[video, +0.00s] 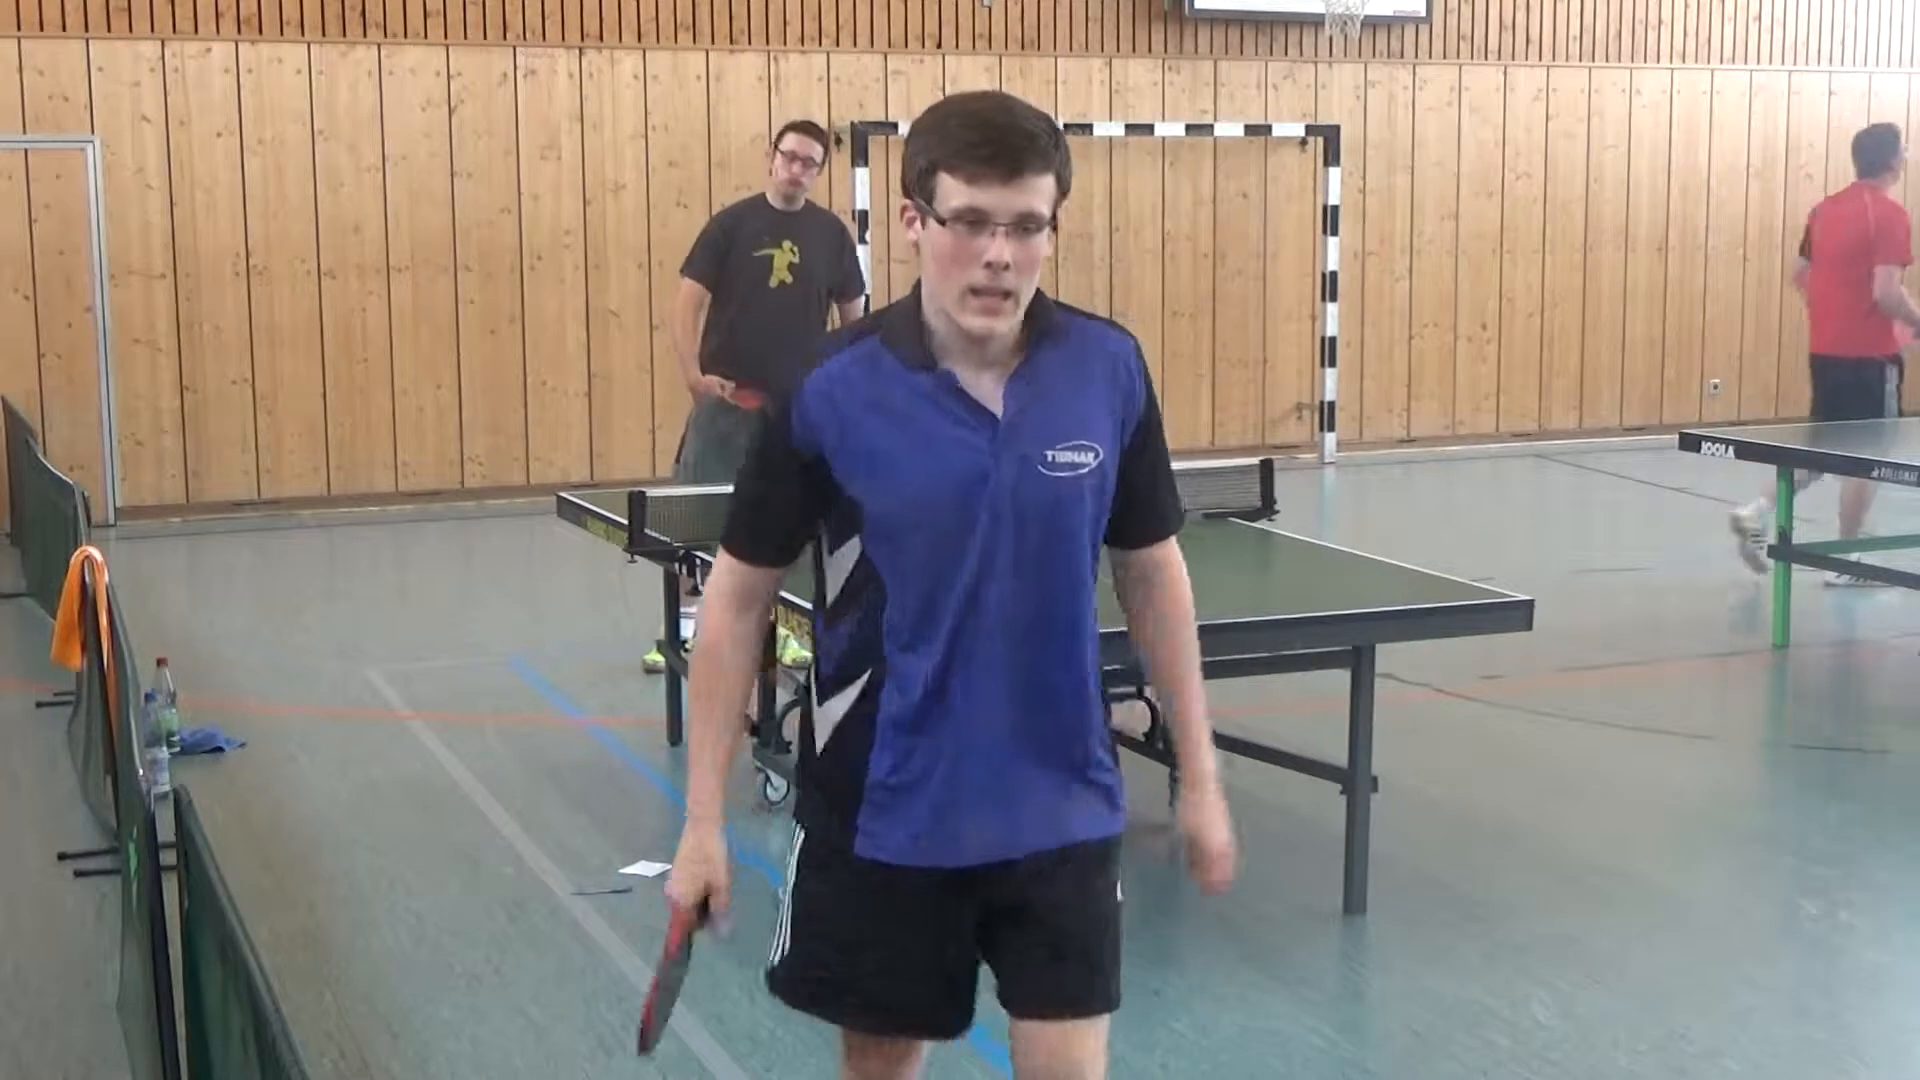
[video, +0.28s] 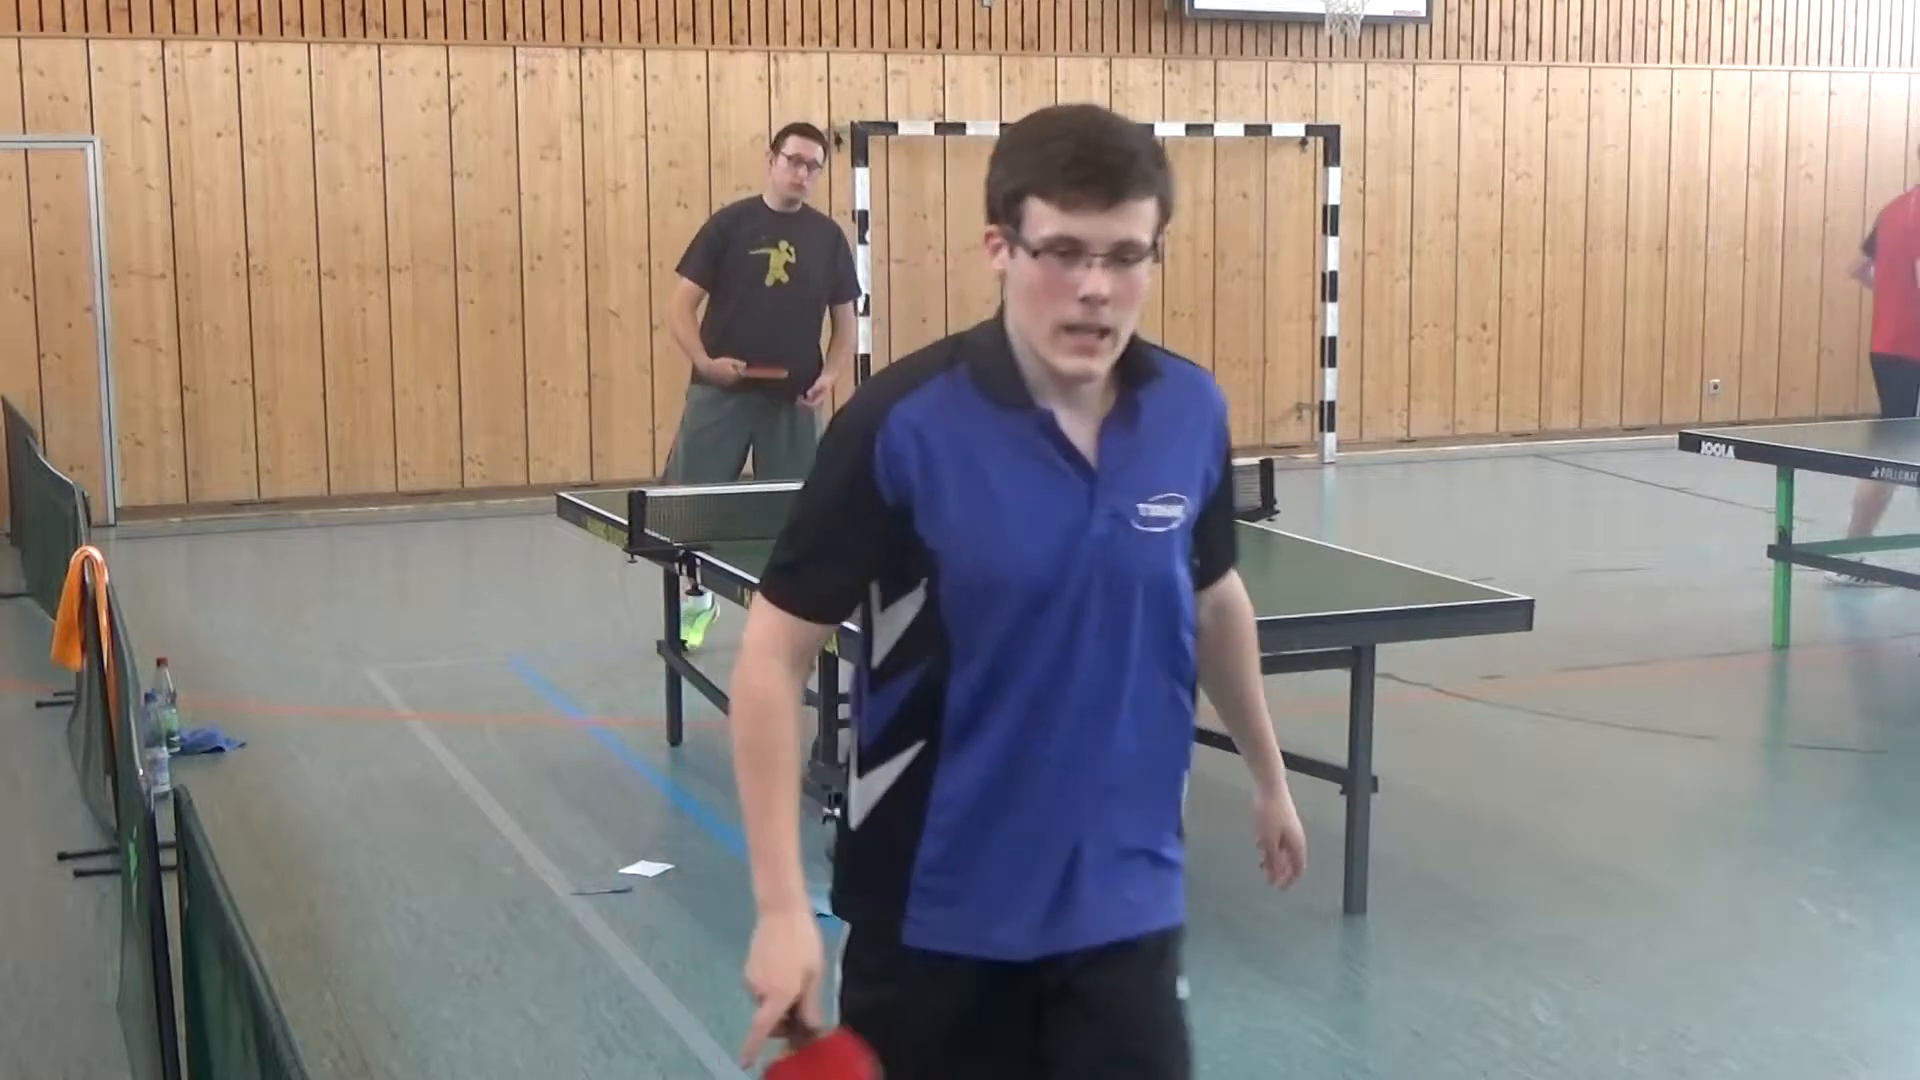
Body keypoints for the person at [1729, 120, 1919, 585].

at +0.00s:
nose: (1906, 161)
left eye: (1904, 154)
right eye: (1904, 155)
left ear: (1857, 162)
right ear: (1895, 162)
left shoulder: (1826, 207)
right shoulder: (1890, 213)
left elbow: (1800, 274)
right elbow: (1886, 291)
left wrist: (1835, 309)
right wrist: (1915, 319)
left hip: (1825, 350)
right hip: (1867, 355)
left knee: (1821, 449)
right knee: (1862, 462)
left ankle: (1758, 513)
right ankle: (1848, 561)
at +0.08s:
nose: (1919, 165)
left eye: (1918, 156)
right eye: (1918, 157)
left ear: (1875, 160)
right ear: (1909, 161)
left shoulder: (1842, 208)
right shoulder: (1903, 211)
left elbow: (1808, 271)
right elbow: (1902, 288)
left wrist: (1836, 306)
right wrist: (1919, 308)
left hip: (1842, 346)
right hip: (1879, 349)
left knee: (1859, 443)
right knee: (1869, 454)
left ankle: (1796, 508)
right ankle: (1851, 555)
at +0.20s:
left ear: (1901, 160)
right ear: (1919, 160)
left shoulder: (1873, 206)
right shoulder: (1913, 206)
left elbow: (1835, 265)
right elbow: (1911, 279)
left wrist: (1867, 296)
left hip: (1870, 346)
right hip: (1902, 348)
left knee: (1902, 450)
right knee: (1882, 453)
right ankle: (1848, 552)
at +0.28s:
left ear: (1914, 169)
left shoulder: (1897, 207)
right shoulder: (1907, 208)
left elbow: (1857, 268)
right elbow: (1911, 270)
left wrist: (1897, 289)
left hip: (1889, 348)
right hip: (1907, 351)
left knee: (1892, 452)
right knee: (1893, 453)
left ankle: (1852, 553)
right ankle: (1851, 554)